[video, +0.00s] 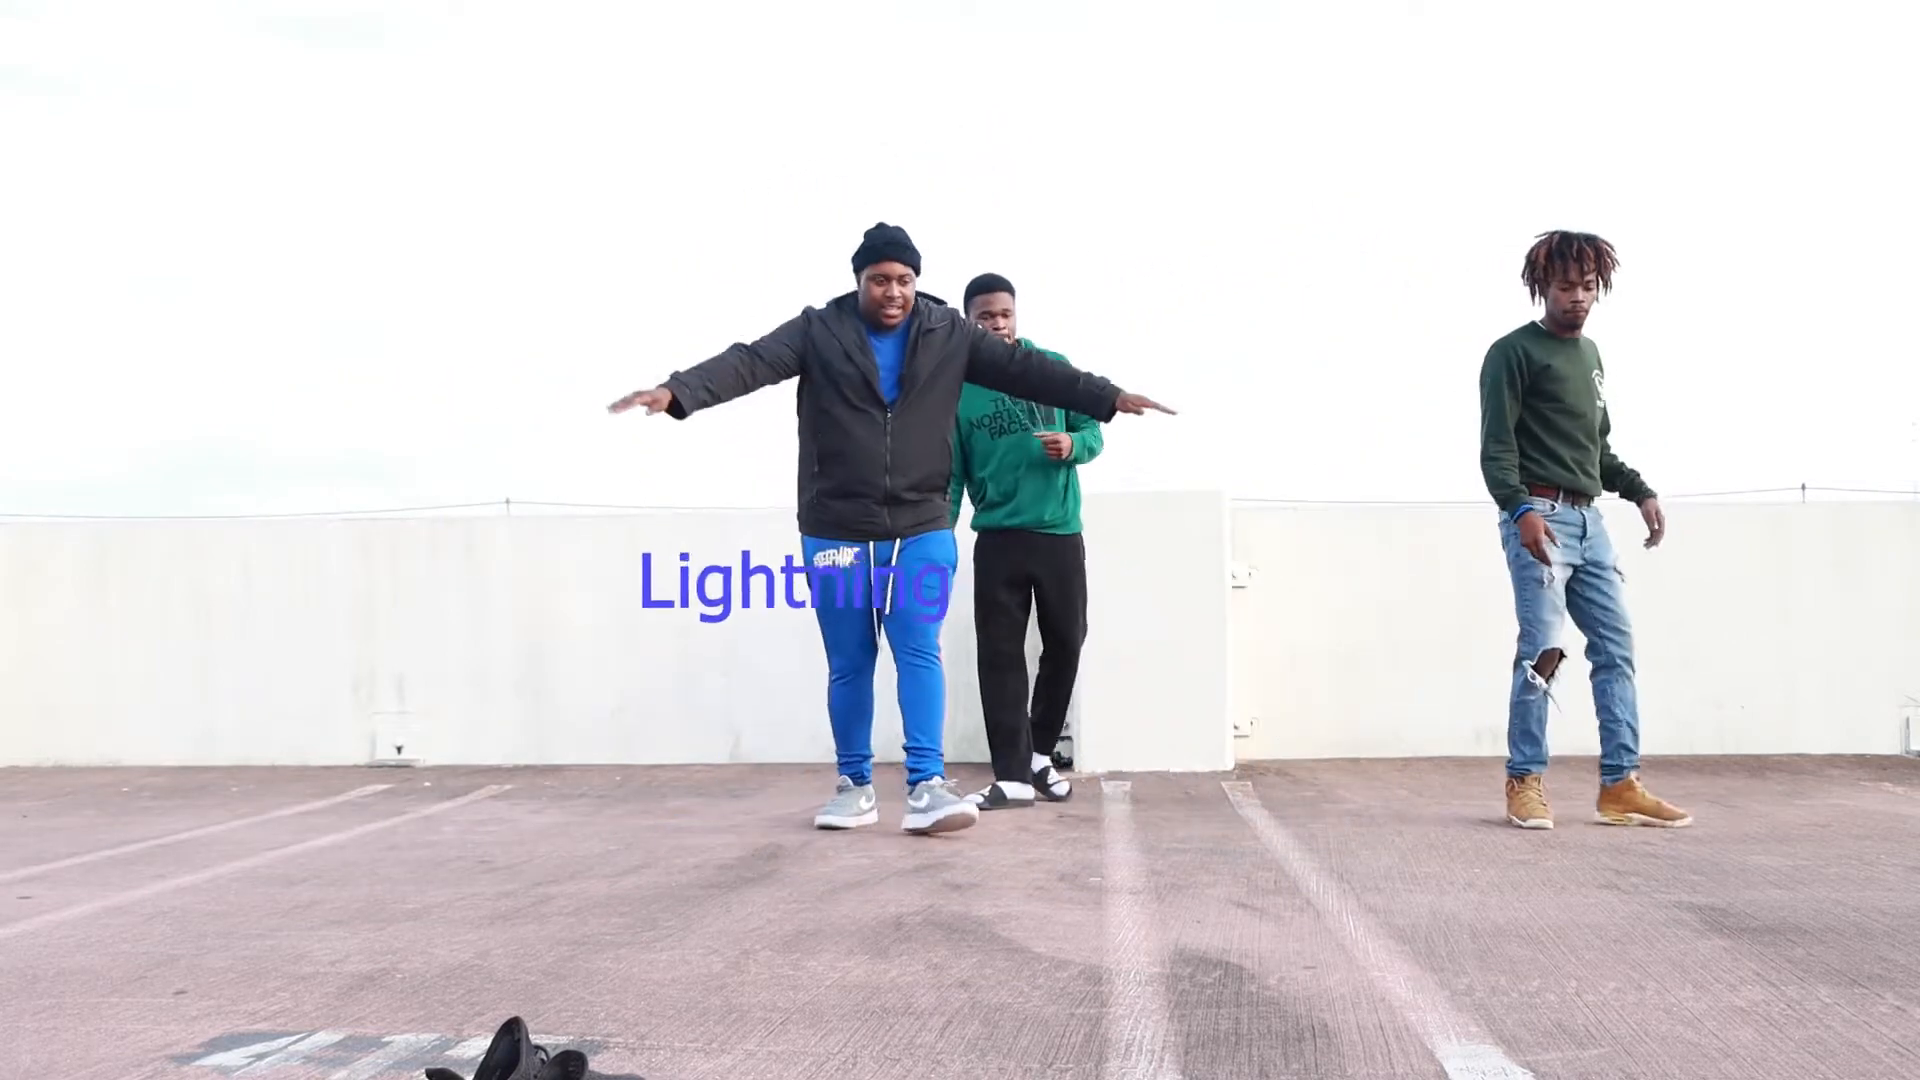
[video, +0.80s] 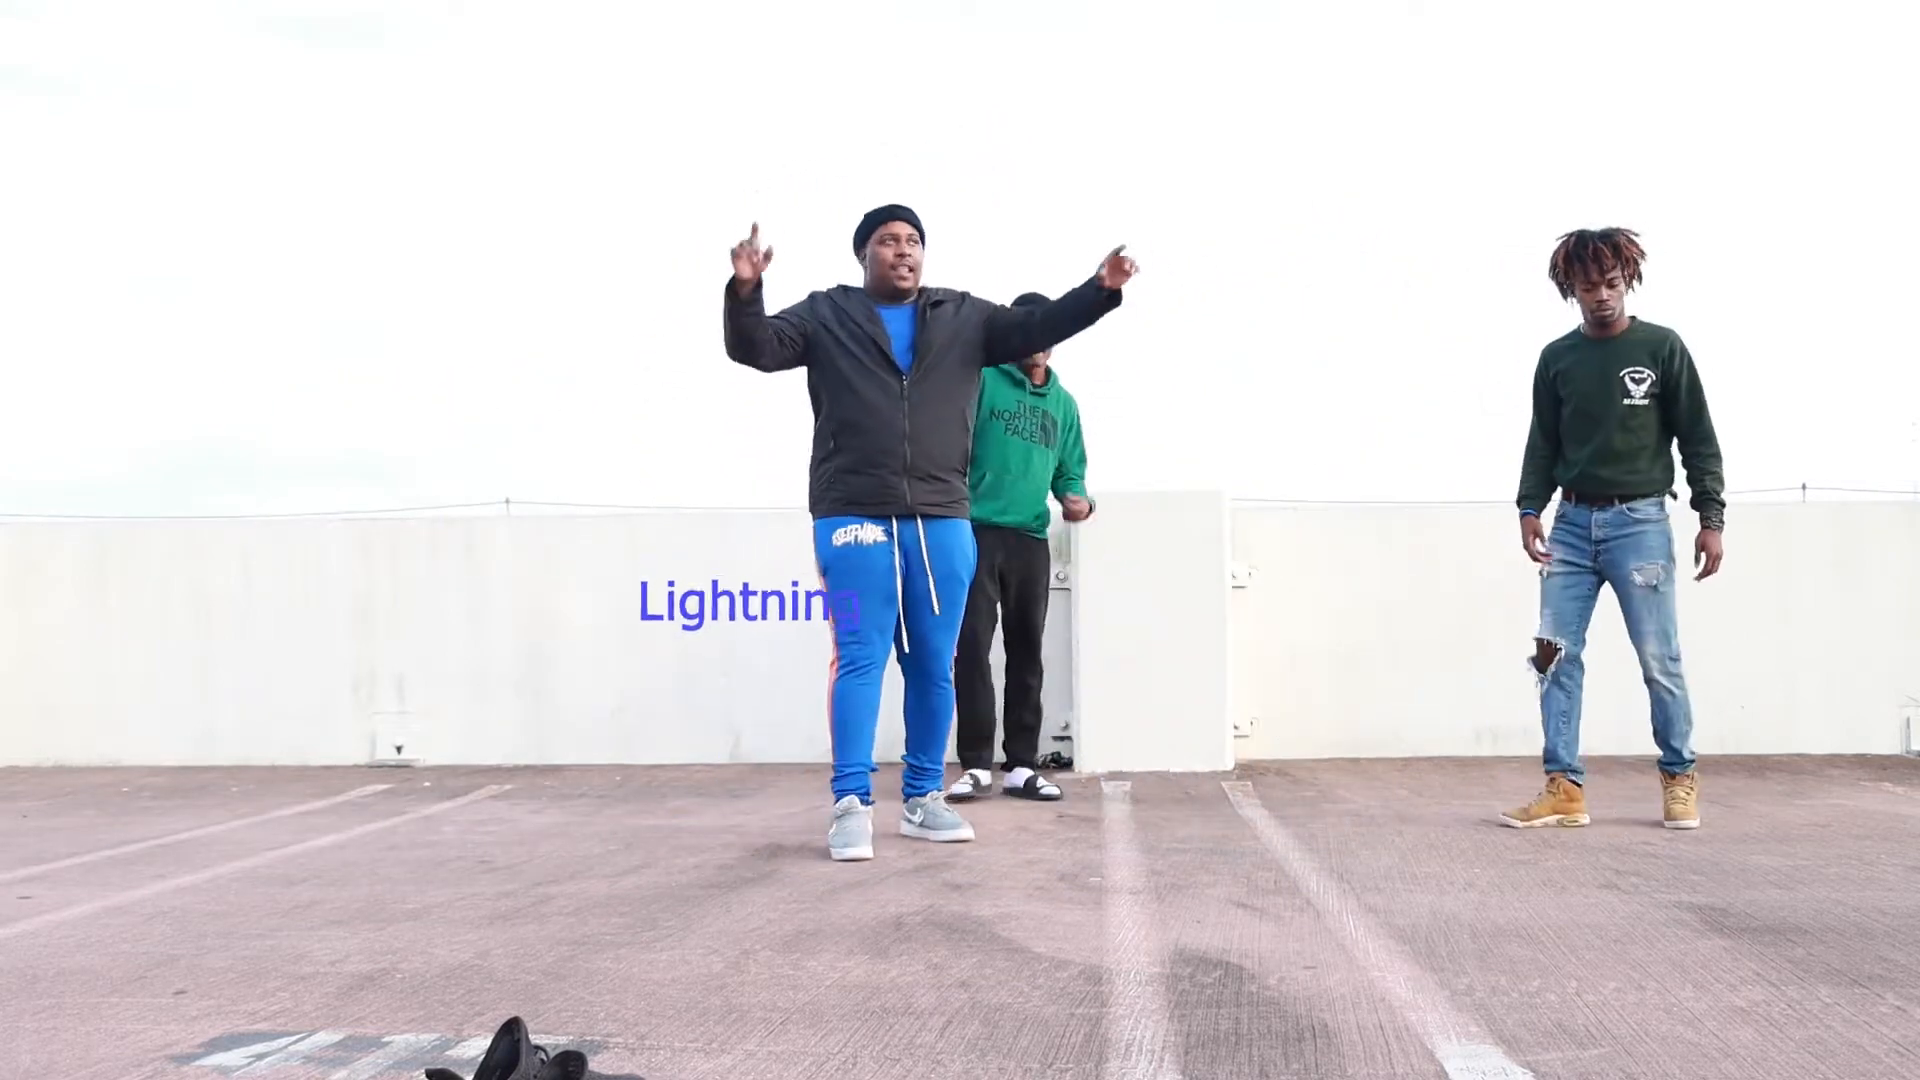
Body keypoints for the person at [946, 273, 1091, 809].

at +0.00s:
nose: (997, 324)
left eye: (1004, 314)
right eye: (986, 316)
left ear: (1017, 316)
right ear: (967, 322)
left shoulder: (1052, 368)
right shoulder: (960, 387)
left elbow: (1094, 434)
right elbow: (948, 478)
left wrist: (1073, 445)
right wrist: (934, 548)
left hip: (1058, 535)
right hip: (998, 537)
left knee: (1065, 646)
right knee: (1000, 655)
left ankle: (1040, 751)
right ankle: (1011, 779)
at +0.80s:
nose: (1037, 343)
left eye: (1044, 334)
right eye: (1028, 334)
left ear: (1054, 340)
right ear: (1011, 338)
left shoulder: (1062, 403)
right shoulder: (981, 380)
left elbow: (1069, 472)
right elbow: (950, 438)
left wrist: (1076, 499)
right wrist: (948, 502)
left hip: (1030, 537)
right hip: (975, 531)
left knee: (1026, 653)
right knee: (971, 652)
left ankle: (1021, 767)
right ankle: (976, 766)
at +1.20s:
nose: (966, 345)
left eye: (974, 337)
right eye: (959, 336)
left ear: (983, 342)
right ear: (940, 338)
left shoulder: (1009, 396)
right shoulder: (916, 387)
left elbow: (1036, 474)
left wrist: (1052, 547)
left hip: (988, 539)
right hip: (920, 536)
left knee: (1004, 659)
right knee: (907, 658)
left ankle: (1018, 766)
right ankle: (903, 765)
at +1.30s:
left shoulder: (984, 390)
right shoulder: (885, 387)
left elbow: (1018, 468)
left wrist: (1041, 540)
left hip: (971, 537)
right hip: (898, 536)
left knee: (993, 657)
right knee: (898, 658)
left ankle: (1018, 766)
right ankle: (901, 763)